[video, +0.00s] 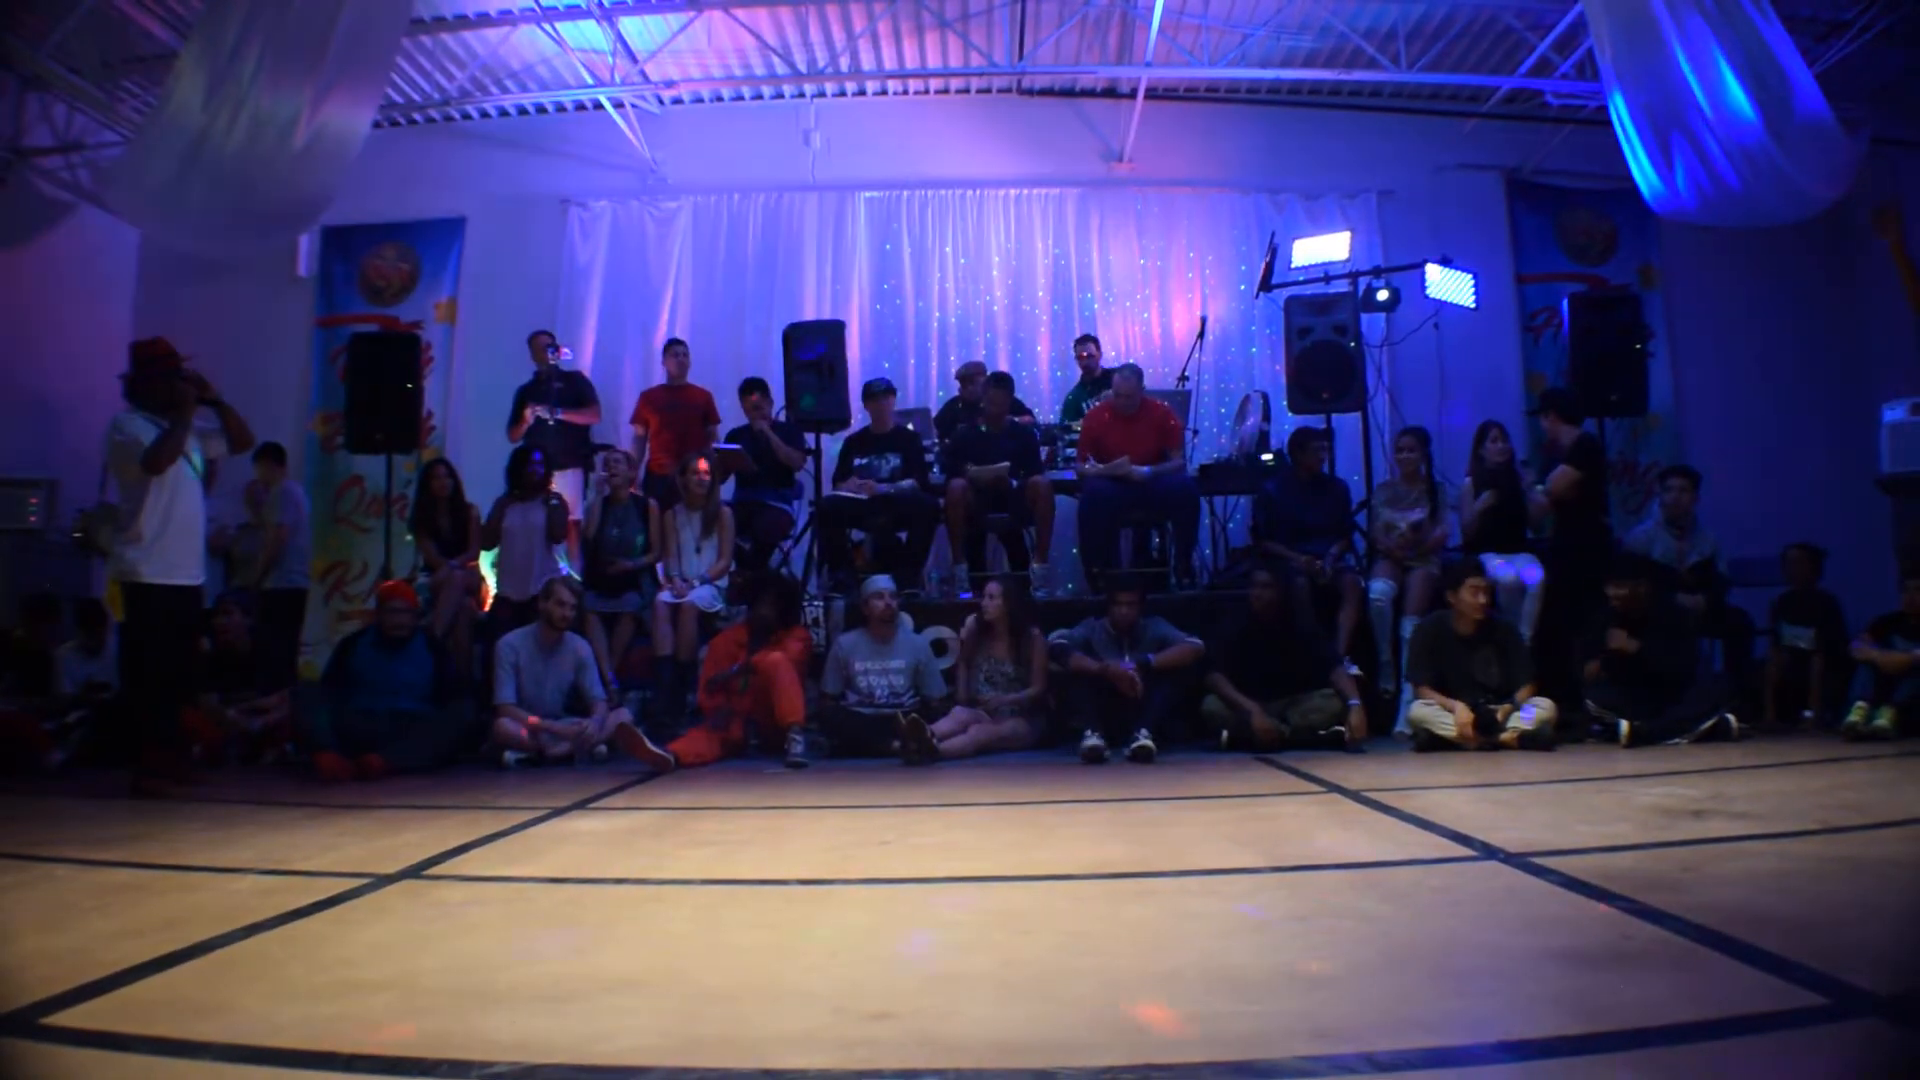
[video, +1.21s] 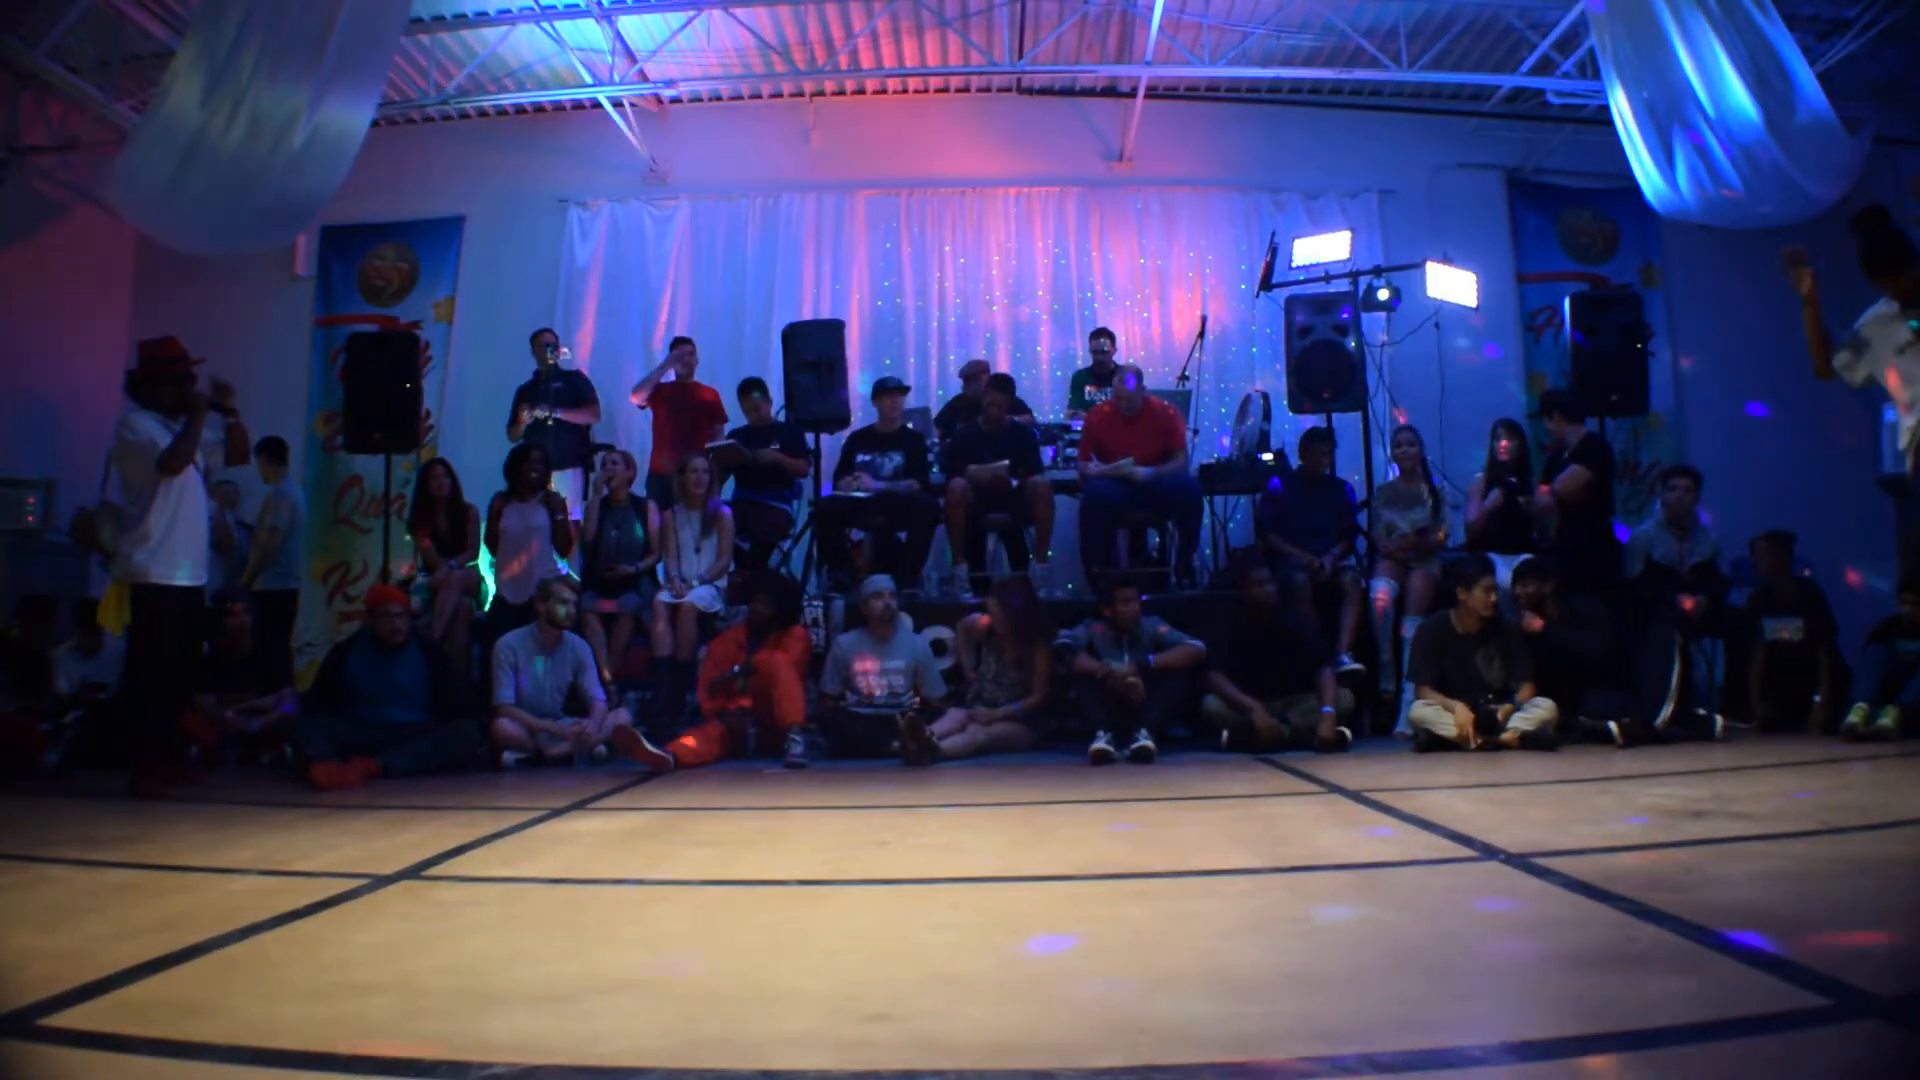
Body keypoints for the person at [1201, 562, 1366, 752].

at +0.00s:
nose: (1257, 594)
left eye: (1265, 587)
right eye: (1254, 587)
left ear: (1281, 592)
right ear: (1248, 590)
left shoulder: (1298, 626)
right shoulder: (1239, 628)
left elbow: (1334, 669)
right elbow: (1214, 675)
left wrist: (1355, 706)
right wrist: (1253, 711)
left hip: (1297, 701)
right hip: (1249, 705)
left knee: (1332, 703)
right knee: (1211, 706)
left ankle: (1253, 738)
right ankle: (1310, 739)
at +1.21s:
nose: (1268, 590)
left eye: (1270, 583)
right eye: (1259, 585)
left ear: (1276, 585)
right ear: (1245, 591)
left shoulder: (1293, 621)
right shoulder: (1235, 627)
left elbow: (1323, 668)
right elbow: (1214, 675)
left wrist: (1328, 713)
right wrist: (1255, 709)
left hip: (1296, 699)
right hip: (1249, 703)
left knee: (1344, 698)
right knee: (1211, 705)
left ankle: (1255, 738)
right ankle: (1311, 738)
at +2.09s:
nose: (1259, 592)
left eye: (1265, 586)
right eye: (1252, 587)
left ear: (1275, 589)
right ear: (1243, 592)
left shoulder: (1292, 622)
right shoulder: (1235, 627)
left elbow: (1329, 670)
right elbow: (1214, 676)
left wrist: (1306, 716)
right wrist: (1254, 710)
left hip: (1294, 701)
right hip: (1247, 705)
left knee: (1343, 698)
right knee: (1211, 706)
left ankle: (1254, 740)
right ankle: (1307, 739)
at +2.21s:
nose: (1259, 592)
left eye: (1264, 586)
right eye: (1252, 587)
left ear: (1274, 589)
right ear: (1243, 592)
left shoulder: (1291, 621)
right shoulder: (1234, 627)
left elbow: (1330, 670)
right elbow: (1214, 676)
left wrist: (1305, 716)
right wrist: (1255, 710)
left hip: (1293, 700)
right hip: (1247, 705)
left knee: (1343, 699)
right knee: (1211, 706)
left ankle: (1254, 740)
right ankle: (1306, 740)